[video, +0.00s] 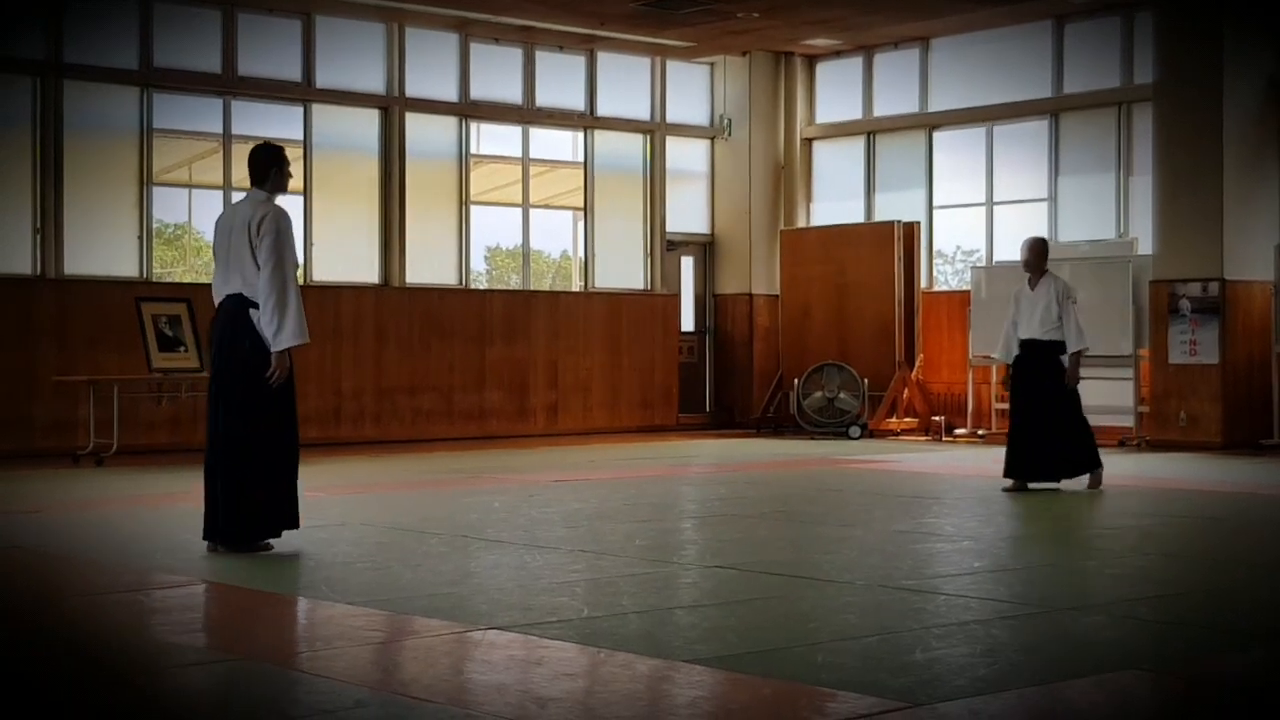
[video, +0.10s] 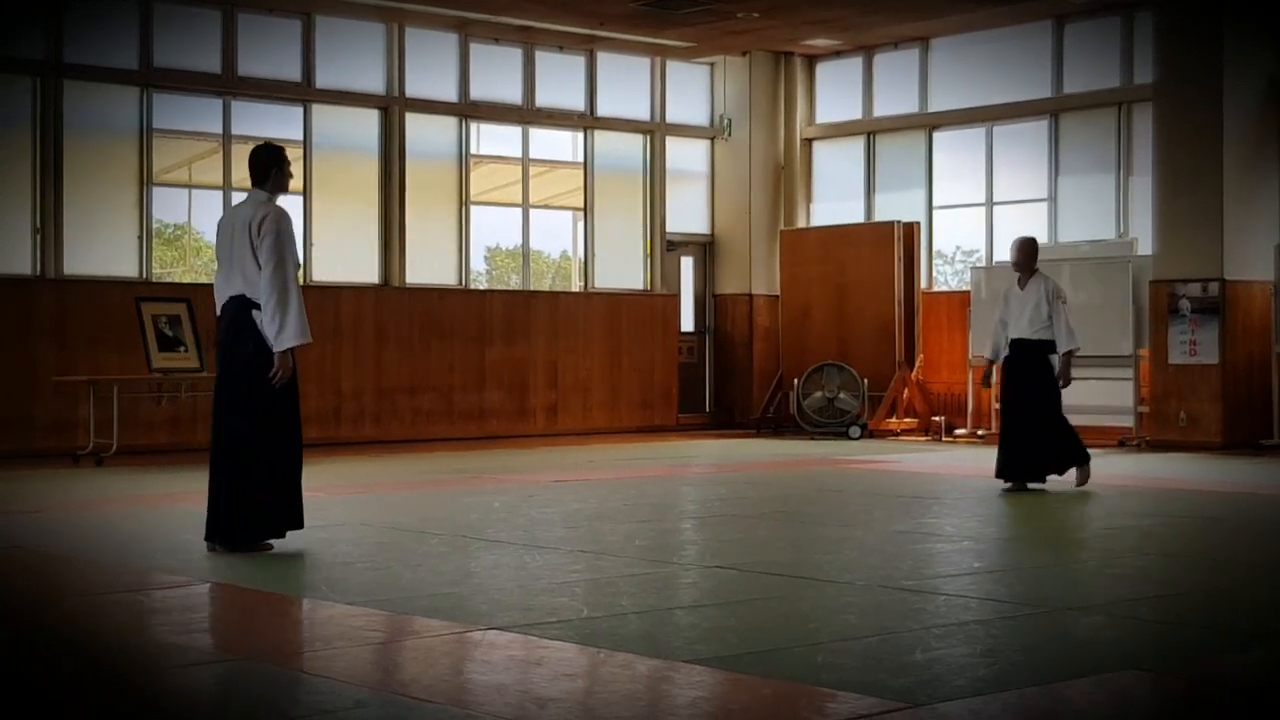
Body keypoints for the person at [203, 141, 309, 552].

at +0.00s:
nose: (290, 176)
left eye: (289, 169)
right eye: (287, 169)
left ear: (252, 173)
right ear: (277, 173)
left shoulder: (226, 217)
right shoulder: (273, 216)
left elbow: (223, 278)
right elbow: (274, 284)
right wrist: (280, 343)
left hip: (226, 328)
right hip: (258, 331)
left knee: (227, 427)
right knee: (256, 429)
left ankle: (221, 527)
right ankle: (244, 531)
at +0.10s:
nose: (291, 175)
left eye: (289, 168)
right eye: (288, 169)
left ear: (253, 173)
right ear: (277, 173)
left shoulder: (228, 218)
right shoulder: (273, 217)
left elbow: (224, 278)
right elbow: (274, 284)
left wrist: (230, 325)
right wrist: (282, 344)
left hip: (231, 327)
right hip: (260, 329)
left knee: (232, 426)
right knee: (258, 429)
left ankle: (222, 527)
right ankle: (244, 530)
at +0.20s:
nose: (294, 176)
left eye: (292, 169)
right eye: (291, 170)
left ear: (256, 174)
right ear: (280, 173)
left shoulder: (233, 218)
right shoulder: (277, 217)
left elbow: (227, 278)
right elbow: (278, 285)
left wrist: (229, 324)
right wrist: (286, 345)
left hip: (236, 324)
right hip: (264, 327)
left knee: (236, 425)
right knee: (263, 428)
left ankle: (227, 524)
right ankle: (247, 530)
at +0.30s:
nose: (299, 178)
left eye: (297, 171)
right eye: (295, 172)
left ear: (261, 176)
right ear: (285, 176)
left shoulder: (237, 219)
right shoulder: (284, 220)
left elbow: (230, 278)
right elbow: (284, 287)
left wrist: (231, 322)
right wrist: (292, 346)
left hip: (240, 326)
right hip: (270, 328)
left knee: (243, 426)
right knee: (268, 428)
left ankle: (237, 525)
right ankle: (254, 528)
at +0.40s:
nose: (305, 182)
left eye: (303, 175)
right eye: (303, 175)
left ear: (268, 178)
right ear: (294, 178)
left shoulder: (243, 223)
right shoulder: (293, 221)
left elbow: (234, 284)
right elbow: (295, 287)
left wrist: (238, 333)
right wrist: (300, 346)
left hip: (247, 328)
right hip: (279, 329)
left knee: (252, 426)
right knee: (285, 427)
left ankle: (243, 527)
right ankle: (279, 526)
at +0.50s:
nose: (318, 183)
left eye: (316, 176)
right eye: (314, 177)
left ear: (282, 181)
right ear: (303, 180)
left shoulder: (257, 224)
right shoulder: (305, 223)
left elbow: (246, 285)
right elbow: (305, 289)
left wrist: (246, 336)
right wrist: (311, 347)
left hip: (258, 328)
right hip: (286, 329)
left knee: (306, 422)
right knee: (268, 427)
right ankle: (249, 529)